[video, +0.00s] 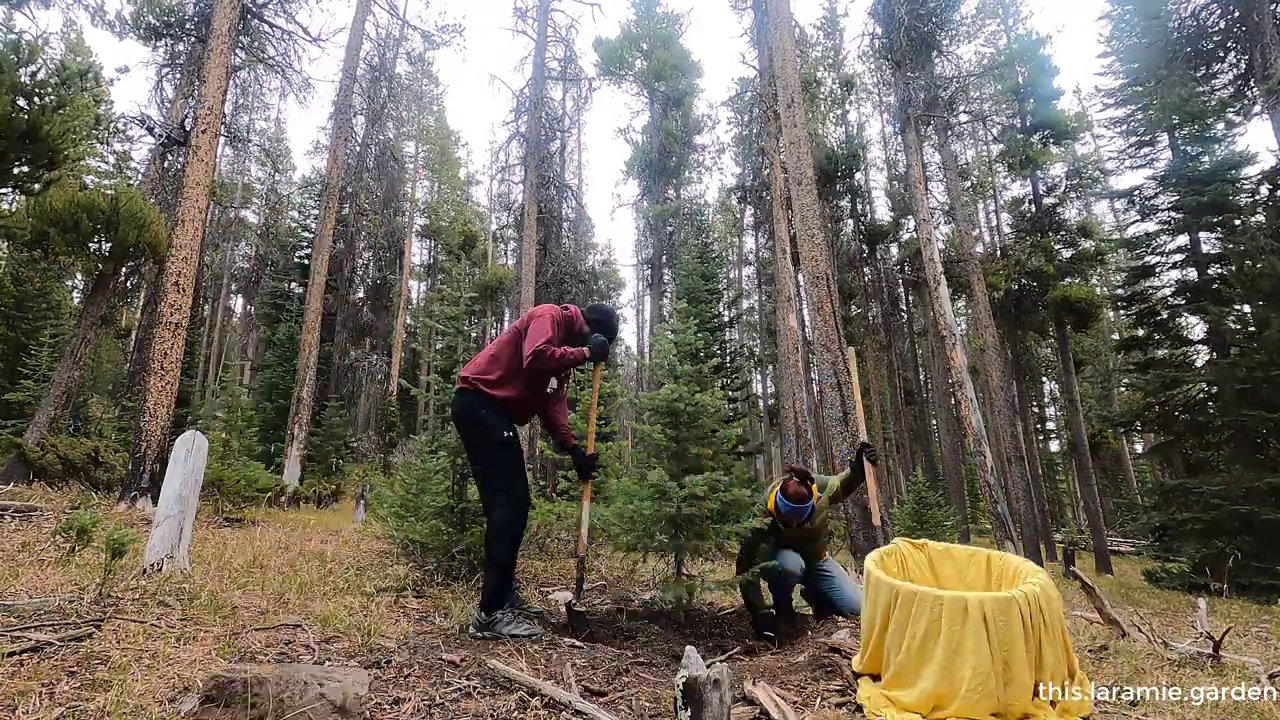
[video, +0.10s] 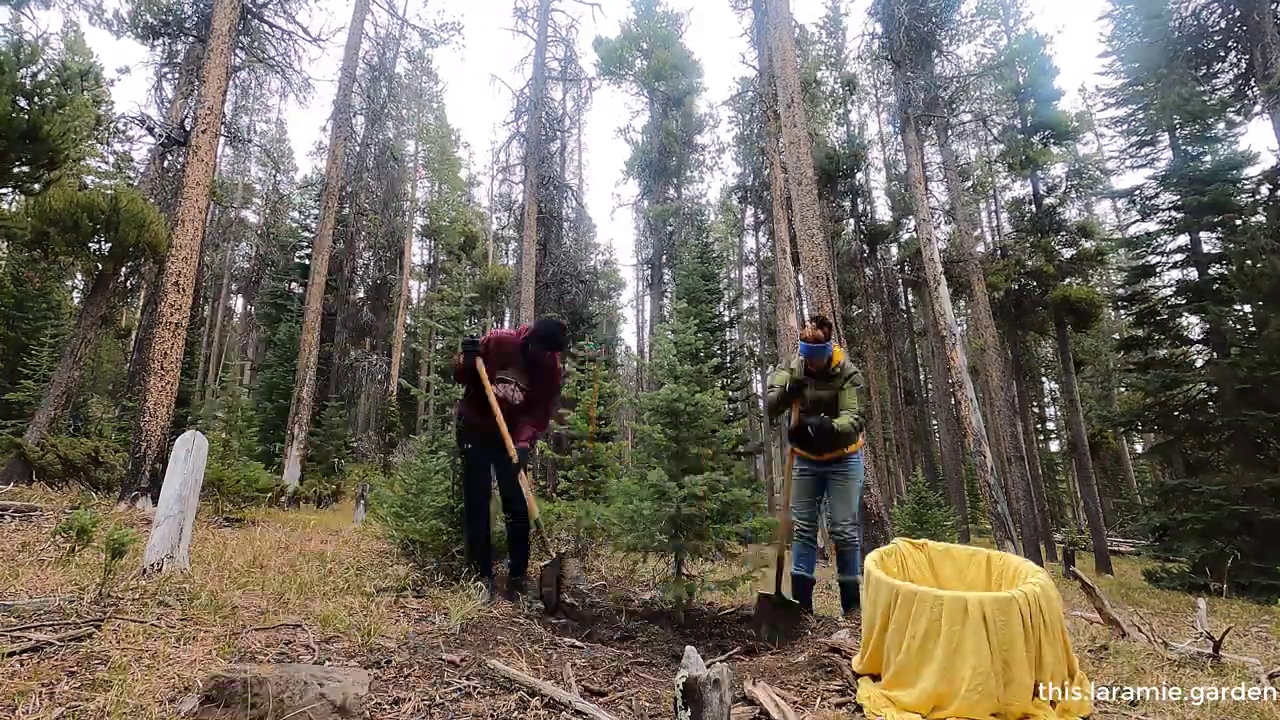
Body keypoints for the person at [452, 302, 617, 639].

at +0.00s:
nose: (593, 348)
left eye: (597, 346)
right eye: (597, 342)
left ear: (590, 335)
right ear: (589, 328)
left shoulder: (562, 355)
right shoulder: (550, 315)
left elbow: (553, 405)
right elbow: (536, 355)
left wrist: (574, 449)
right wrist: (584, 352)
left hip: (497, 411)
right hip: (479, 405)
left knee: (516, 502)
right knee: (509, 503)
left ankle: (501, 601)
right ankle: (492, 612)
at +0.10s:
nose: (543, 355)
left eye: (548, 352)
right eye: (541, 349)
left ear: (552, 350)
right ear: (530, 337)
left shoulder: (550, 367)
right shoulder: (497, 341)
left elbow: (540, 412)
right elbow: (463, 377)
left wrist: (524, 441)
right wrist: (467, 359)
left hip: (511, 435)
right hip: (476, 429)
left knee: (516, 504)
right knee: (477, 505)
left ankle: (517, 576)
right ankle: (483, 576)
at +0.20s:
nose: (519, 368)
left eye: (525, 363)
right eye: (515, 362)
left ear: (534, 358)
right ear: (506, 355)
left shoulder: (543, 376)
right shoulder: (491, 362)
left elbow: (542, 421)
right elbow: (475, 389)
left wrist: (526, 453)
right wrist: (463, 379)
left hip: (529, 441)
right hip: (498, 439)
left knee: (536, 502)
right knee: (500, 505)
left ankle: (551, 563)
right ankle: (501, 574)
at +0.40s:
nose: (569, 389)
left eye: (574, 386)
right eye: (571, 382)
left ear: (574, 381)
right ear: (564, 367)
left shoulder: (547, 395)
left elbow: (513, 444)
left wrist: (517, 493)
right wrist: (486, 350)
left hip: (471, 429)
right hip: (437, 411)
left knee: (491, 505)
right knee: (428, 507)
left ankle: (500, 587)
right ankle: (405, 599)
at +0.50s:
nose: (588, 396)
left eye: (594, 395)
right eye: (593, 390)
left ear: (593, 393)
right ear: (589, 373)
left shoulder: (569, 406)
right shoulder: (557, 358)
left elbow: (543, 436)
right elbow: (505, 344)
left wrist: (560, 452)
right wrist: (548, 340)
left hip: (508, 431)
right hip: (482, 410)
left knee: (519, 503)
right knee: (468, 498)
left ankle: (516, 577)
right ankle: (458, 577)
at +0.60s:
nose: (554, 392)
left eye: (558, 387)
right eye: (552, 384)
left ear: (563, 380)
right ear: (541, 366)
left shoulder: (553, 391)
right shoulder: (513, 365)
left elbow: (550, 439)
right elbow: (475, 398)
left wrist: (551, 486)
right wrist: (500, 393)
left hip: (515, 434)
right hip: (480, 428)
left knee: (522, 506)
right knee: (469, 503)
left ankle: (522, 577)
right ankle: (452, 576)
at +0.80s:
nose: (566, 336)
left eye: (570, 332)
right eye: (563, 330)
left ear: (573, 328)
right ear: (549, 321)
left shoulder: (566, 348)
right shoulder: (517, 337)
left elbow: (569, 390)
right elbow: (491, 375)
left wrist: (558, 423)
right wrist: (524, 365)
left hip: (538, 427)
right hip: (504, 424)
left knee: (547, 495)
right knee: (496, 494)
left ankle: (554, 563)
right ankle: (488, 568)